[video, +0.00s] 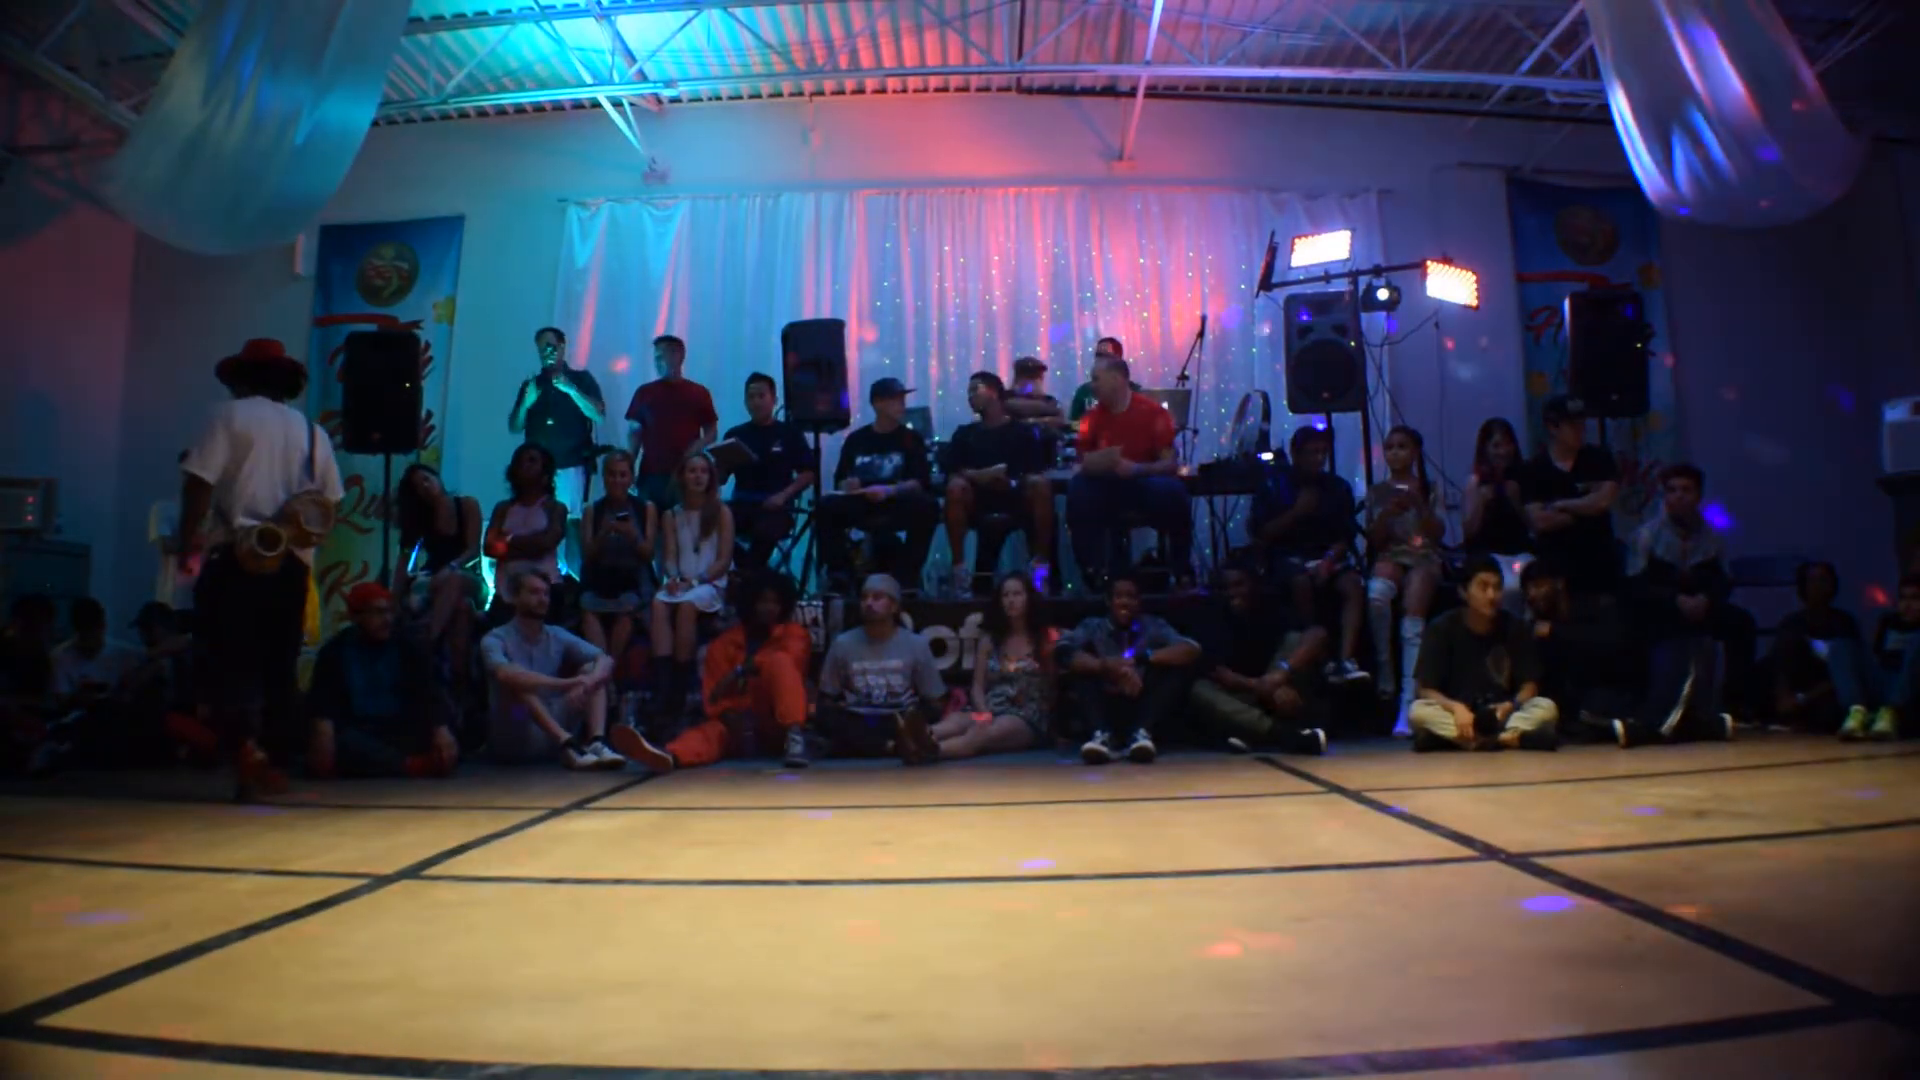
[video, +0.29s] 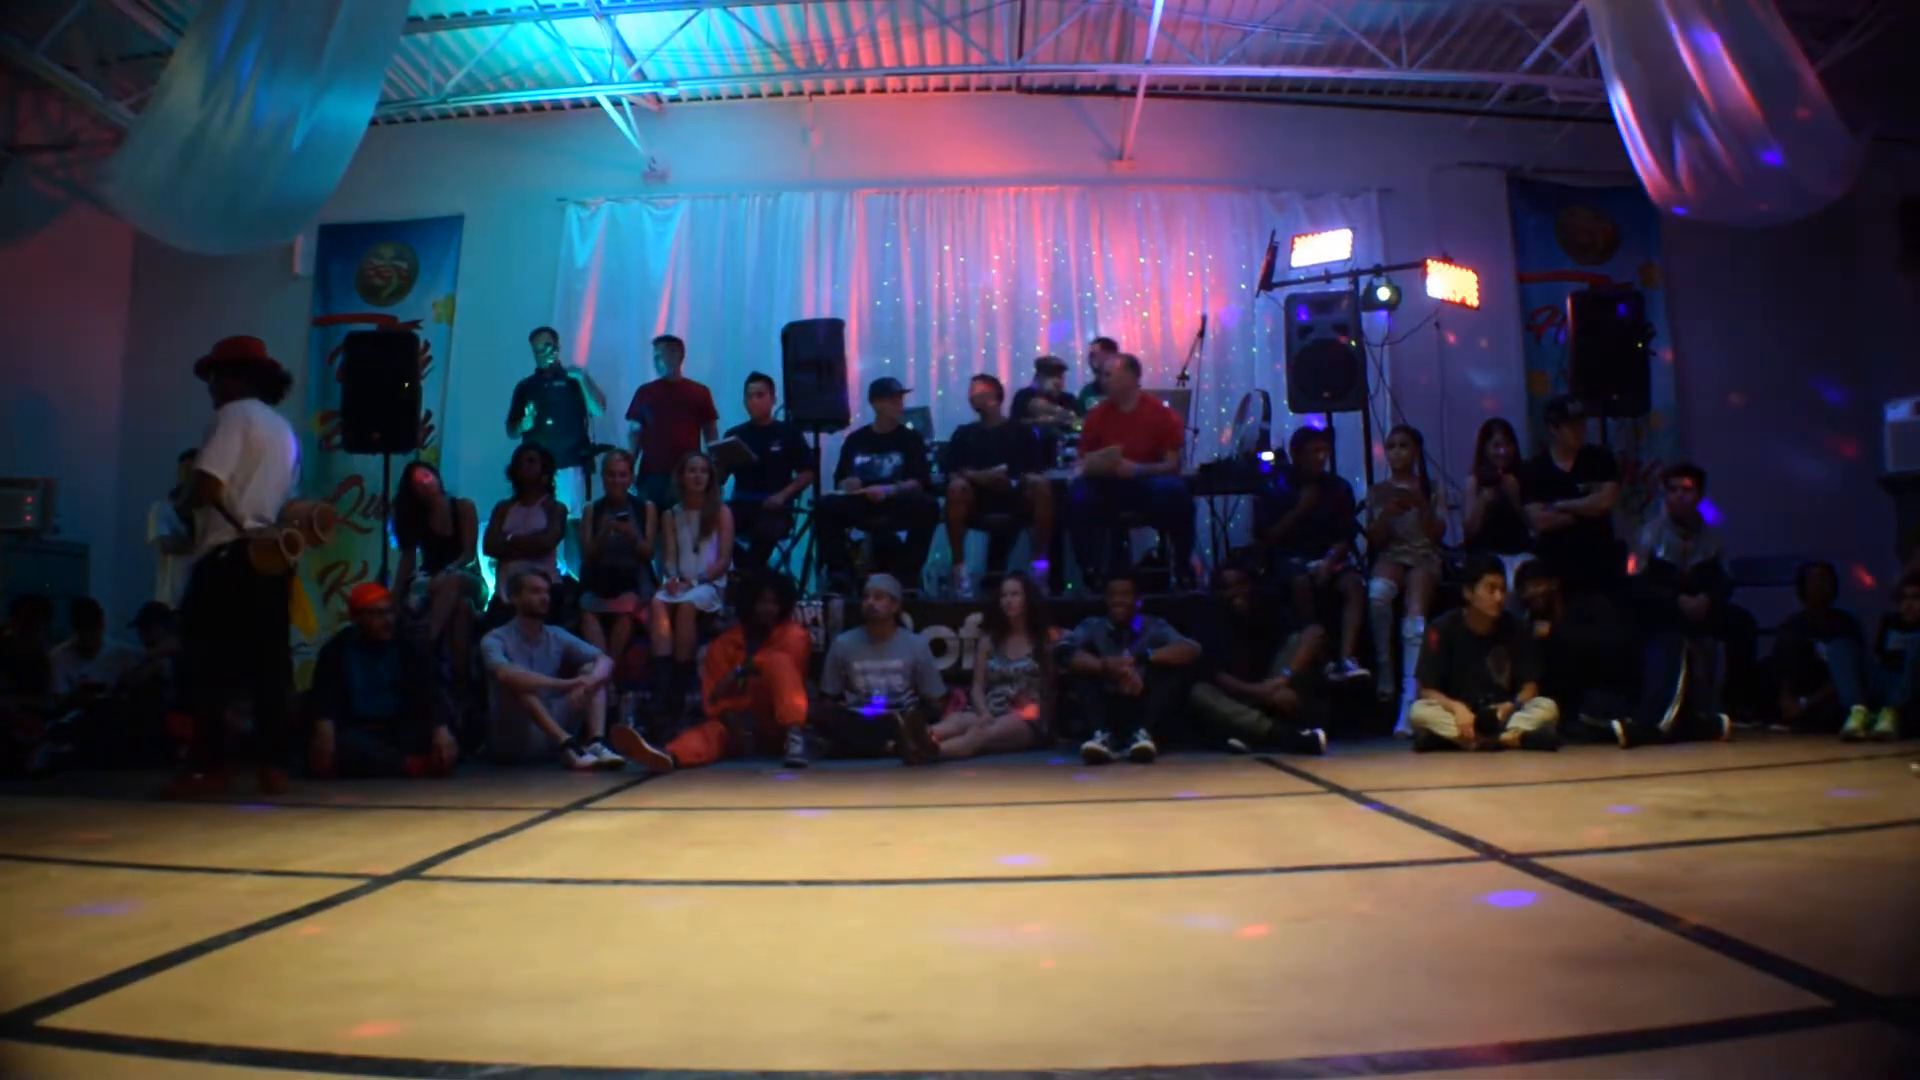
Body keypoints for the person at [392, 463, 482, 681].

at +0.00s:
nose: (427, 486)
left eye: (428, 479)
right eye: (420, 485)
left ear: (437, 478)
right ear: (416, 494)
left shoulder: (467, 506)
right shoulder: (419, 517)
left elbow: (473, 550)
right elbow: (404, 562)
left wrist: (448, 569)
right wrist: (395, 601)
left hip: (467, 578)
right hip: (432, 582)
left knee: (450, 580)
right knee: (462, 607)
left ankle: (426, 645)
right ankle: (459, 679)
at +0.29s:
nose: (427, 482)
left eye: (428, 475)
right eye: (420, 480)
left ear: (437, 478)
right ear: (413, 490)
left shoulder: (463, 508)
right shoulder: (414, 516)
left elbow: (469, 553)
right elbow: (407, 561)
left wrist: (445, 574)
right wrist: (395, 600)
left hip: (465, 578)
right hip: (428, 581)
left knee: (451, 581)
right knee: (462, 607)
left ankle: (427, 646)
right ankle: (460, 680)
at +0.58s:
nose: (434, 482)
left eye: (436, 476)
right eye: (427, 478)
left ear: (442, 479)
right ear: (416, 485)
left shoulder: (462, 509)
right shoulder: (415, 516)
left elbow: (468, 555)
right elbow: (408, 561)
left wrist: (446, 581)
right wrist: (399, 602)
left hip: (467, 578)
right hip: (431, 584)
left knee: (457, 581)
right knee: (465, 606)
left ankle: (431, 643)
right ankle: (461, 678)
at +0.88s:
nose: (437, 477)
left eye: (440, 472)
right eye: (430, 473)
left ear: (445, 476)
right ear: (419, 480)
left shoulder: (463, 509)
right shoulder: (416, 514)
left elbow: (468, 554)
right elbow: (409, 558)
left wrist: (450, 579)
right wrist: (399, 600)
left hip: (468, 580)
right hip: (435, 584)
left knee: (457, 580)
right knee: (464, 606)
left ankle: (431, 641)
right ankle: (458, 677)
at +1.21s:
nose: (438, 476)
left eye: (442, 471)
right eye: (431, 472)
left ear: (448, 476)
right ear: (421, 479)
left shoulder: (463, 509)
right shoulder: (415, 513)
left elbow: (469, 555)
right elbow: (409, 555)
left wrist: (447, 579)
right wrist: (401, 595)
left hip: (469, 583)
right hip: (433, 587)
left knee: (455, 580)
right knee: (463, 605)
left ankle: (428, 643)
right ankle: (459, 677)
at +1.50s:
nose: (436, 473)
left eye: (441, 469)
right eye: (430, 469)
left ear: (447, 474)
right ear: (420, 474)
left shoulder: (461, 507)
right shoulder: (413, 510)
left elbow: (475, 551)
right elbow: (406, 554)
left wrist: (455, 574)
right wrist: (399, 595)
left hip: (467, 580)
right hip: (434, 585)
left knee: (457, 580)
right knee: (463, 604)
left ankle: (429, 644)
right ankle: (457, 668)